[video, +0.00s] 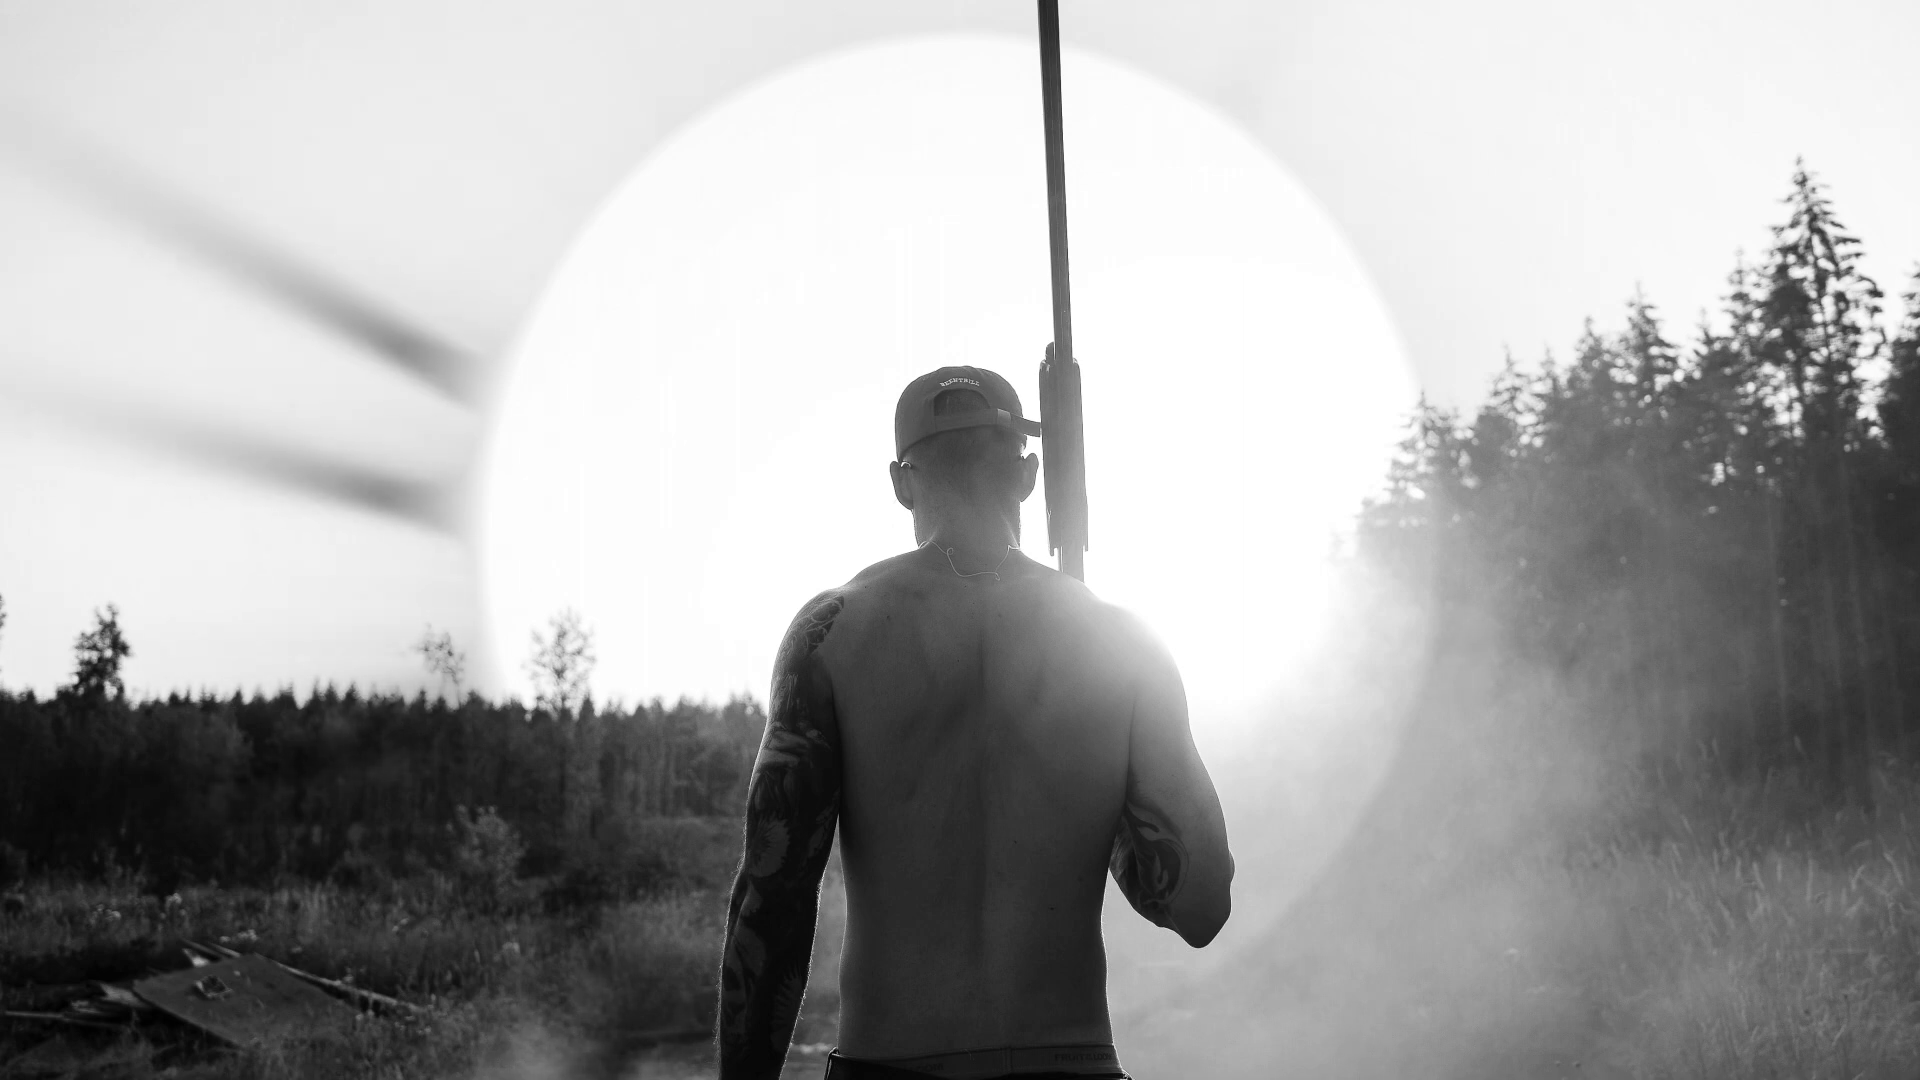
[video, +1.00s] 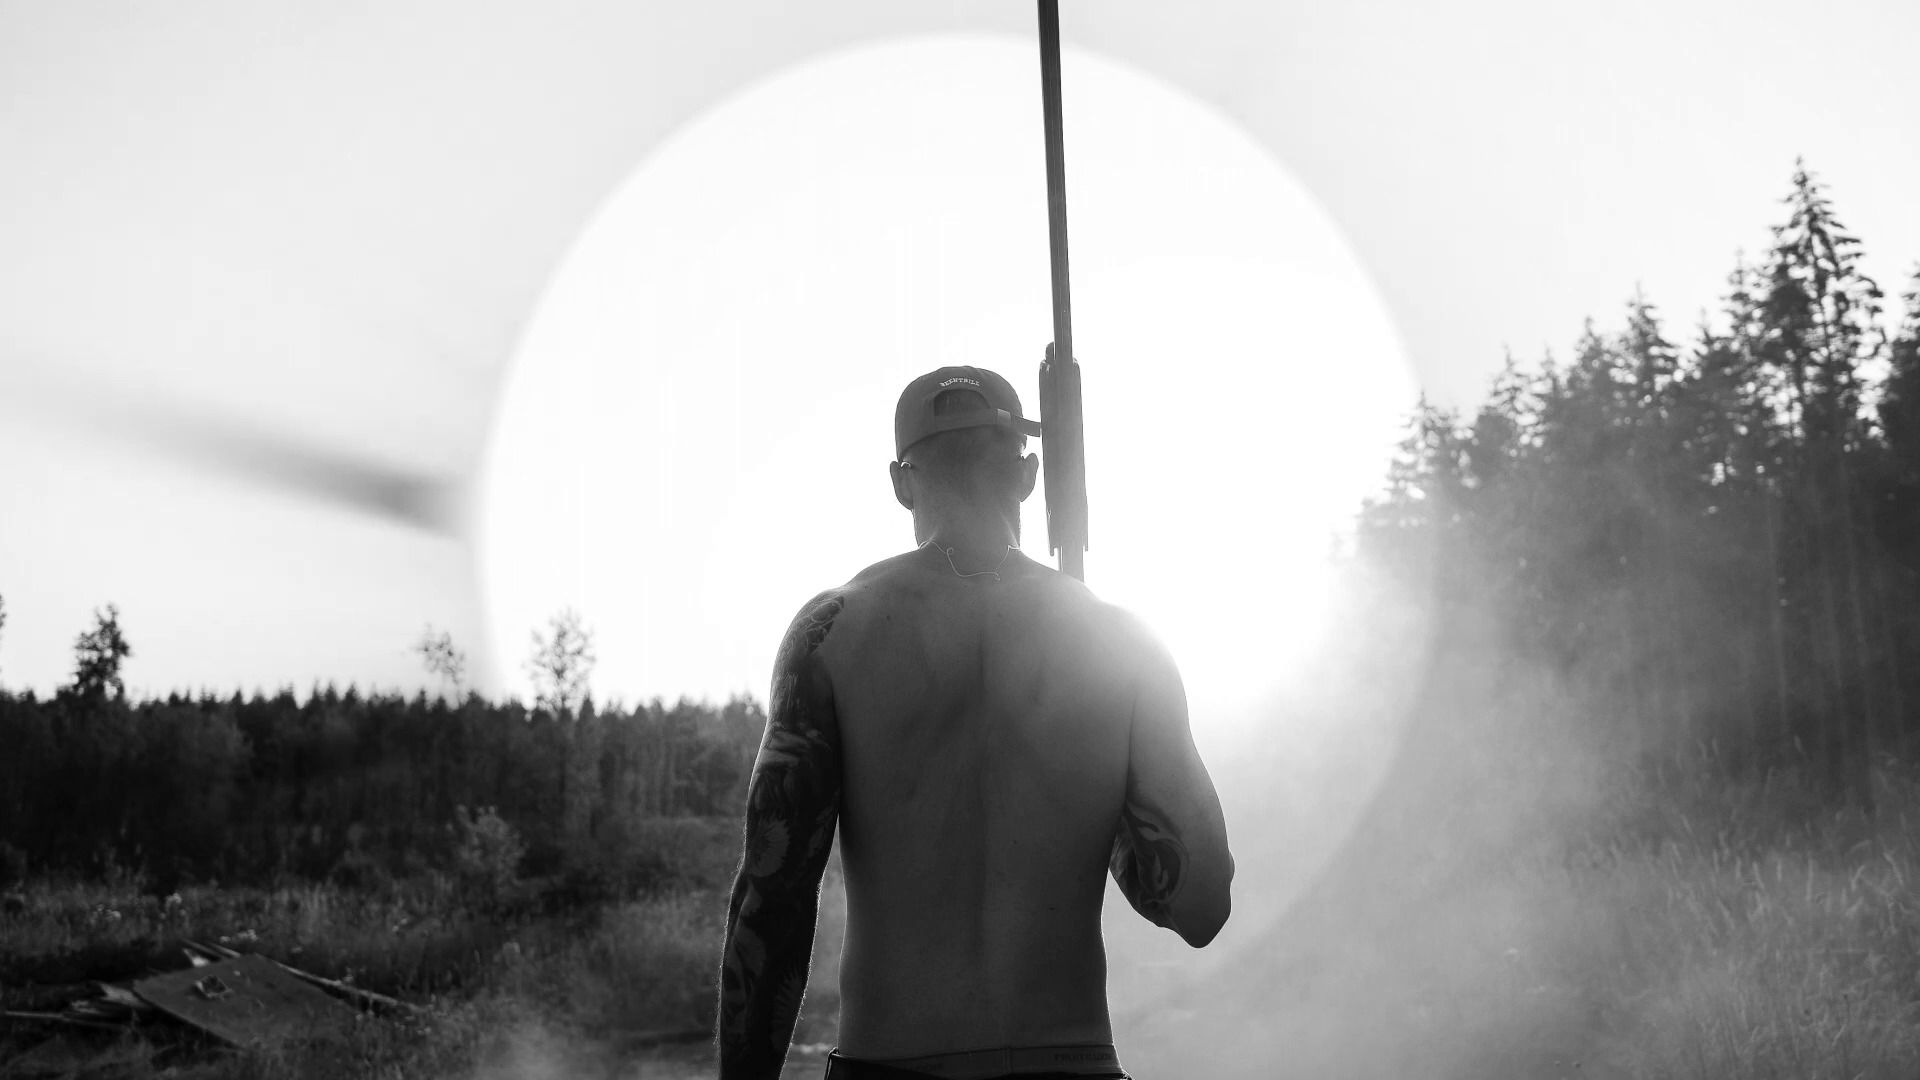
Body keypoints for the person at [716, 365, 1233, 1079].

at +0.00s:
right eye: (1015, 449)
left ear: (903, 486)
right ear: (1028, 477)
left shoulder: (831, 630)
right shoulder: (1121, 641)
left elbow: (773, 885)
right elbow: (1201, 905)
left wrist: (747, 1063)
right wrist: (1101, 800)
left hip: (886, 1046)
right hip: (1068, 1046)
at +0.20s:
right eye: (1015, 449)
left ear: (903, 486)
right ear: (1028, 477)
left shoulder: (831, 630)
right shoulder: (1121, 641)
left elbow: (773, 885)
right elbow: (1201, 905)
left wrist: (747, 1062)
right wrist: (1101, 800)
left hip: (886, 1046)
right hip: (1068, 1046)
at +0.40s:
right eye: (1015, 449)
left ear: (903, 486)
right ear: (1028, 477)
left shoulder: (831, 630)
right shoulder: (1121, 641)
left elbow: (773, 886)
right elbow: (1201, 905)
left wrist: (747, 1062)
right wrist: (1101, 800)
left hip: (886, 1046)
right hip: (1068, 1046)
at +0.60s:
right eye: (1015, 449)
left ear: (903, 486)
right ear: (1028, 477)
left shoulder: (831, 630)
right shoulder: (1121, 641)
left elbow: (773, 885)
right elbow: (1201, 905)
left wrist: (747, 1062)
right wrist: (1101, 800)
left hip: (886, 1046)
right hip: (1068, 1046)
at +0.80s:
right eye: (1015, 449)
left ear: (903, 486)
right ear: (1028, 477)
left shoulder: (831, 630)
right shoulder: (1121, 641)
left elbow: (773, 885)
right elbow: (1201, 905)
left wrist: (747, 1062)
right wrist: (1101, 800)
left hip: (886, 1046)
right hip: (1068, 1046)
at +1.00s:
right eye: (1015, 449)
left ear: (903, 486)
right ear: (1028, 477)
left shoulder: (831, 630)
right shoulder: (1121, 641)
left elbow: (773, 885)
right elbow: (1201, 905)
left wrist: (747, 1062)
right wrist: (1101, 800)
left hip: (886, 1046)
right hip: (1068, 1046)